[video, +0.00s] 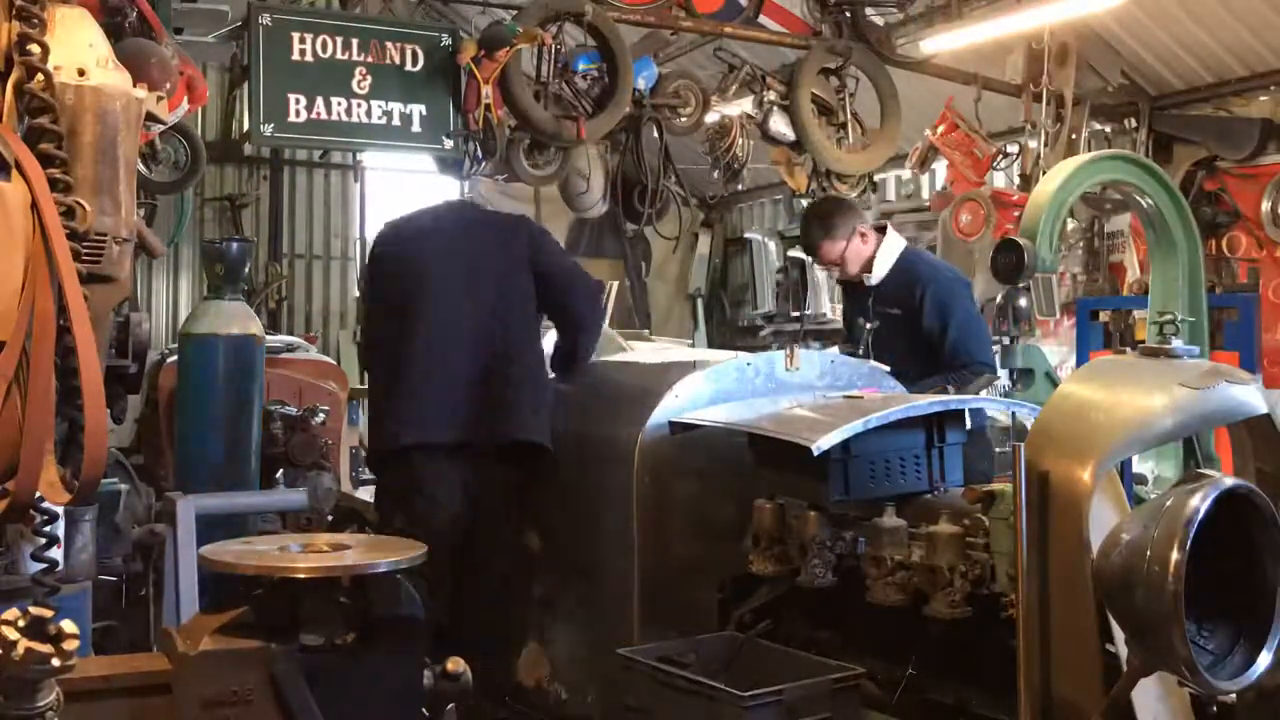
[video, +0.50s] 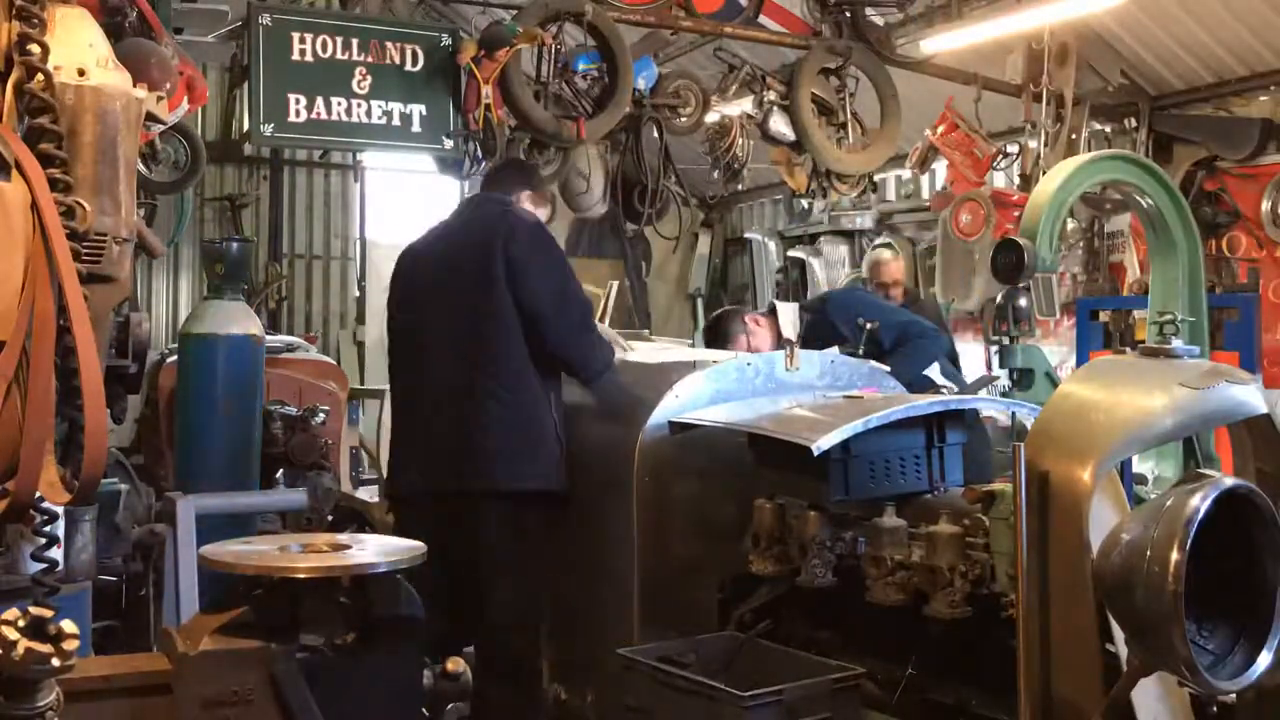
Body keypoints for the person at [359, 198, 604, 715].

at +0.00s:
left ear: (448, 200)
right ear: (493, 204)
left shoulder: (394, 236)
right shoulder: (520, 232)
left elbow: (372, 334)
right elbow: (584, 299)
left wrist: (387, 402)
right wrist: (561, 374)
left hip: (412, 429)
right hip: (507, 428)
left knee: (418, 569)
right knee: (497, 567)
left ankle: (424, 694)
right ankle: (492, 698)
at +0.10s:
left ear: (459, 223)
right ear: (515, 229)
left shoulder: (401, 259)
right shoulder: (526, 247)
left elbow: (363, 357)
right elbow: (583, 314)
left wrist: (370, 448)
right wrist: (560, 371)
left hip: (407, 433)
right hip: (502, 432)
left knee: (407, 568)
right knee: (495, 565)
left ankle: (407, 692)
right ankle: (492, 694)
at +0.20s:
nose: (599, 256)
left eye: (602, 250)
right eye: (600, 249)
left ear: (540, 220)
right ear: (585, 232)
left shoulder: (466, 253)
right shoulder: (578, 262)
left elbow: (427, 358)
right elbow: (595, 372)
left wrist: (419, 447)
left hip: (443, 452)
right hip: (526, 455)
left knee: (458, 578)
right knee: (511, 584)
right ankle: (498, 696)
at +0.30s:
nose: (584, 257)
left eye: (586, 249)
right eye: (586, 247)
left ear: (530, 220)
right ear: (572, 230)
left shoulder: (453, 264)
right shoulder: (558, 267)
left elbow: (416, 367)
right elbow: (573, 380)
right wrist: (600, 357)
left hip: (426, 471)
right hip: (511, 477)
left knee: (441, 615)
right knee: (507, 624)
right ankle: (503, 709)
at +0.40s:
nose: (587, 249)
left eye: (592, 238)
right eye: (589, 234)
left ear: (542, 208)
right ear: (560, 210)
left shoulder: (453, 261)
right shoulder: (546, 257)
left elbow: (416, 371)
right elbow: (564, 369)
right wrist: (596, 347)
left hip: (419, 473)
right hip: (501, 478)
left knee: (442, 618)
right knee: (504, 630)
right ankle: (504, 711)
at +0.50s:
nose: (543, 222)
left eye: (546, 216)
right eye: (544, 214)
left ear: (483, 194)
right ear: (527, 199)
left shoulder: (416, 253)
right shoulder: (520, 235)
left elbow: (407, 362)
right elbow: (566, 331)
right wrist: (607, 366)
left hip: (424, 456)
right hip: (508, 453)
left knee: (446, 600)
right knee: (513, 601)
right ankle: (508, 708)